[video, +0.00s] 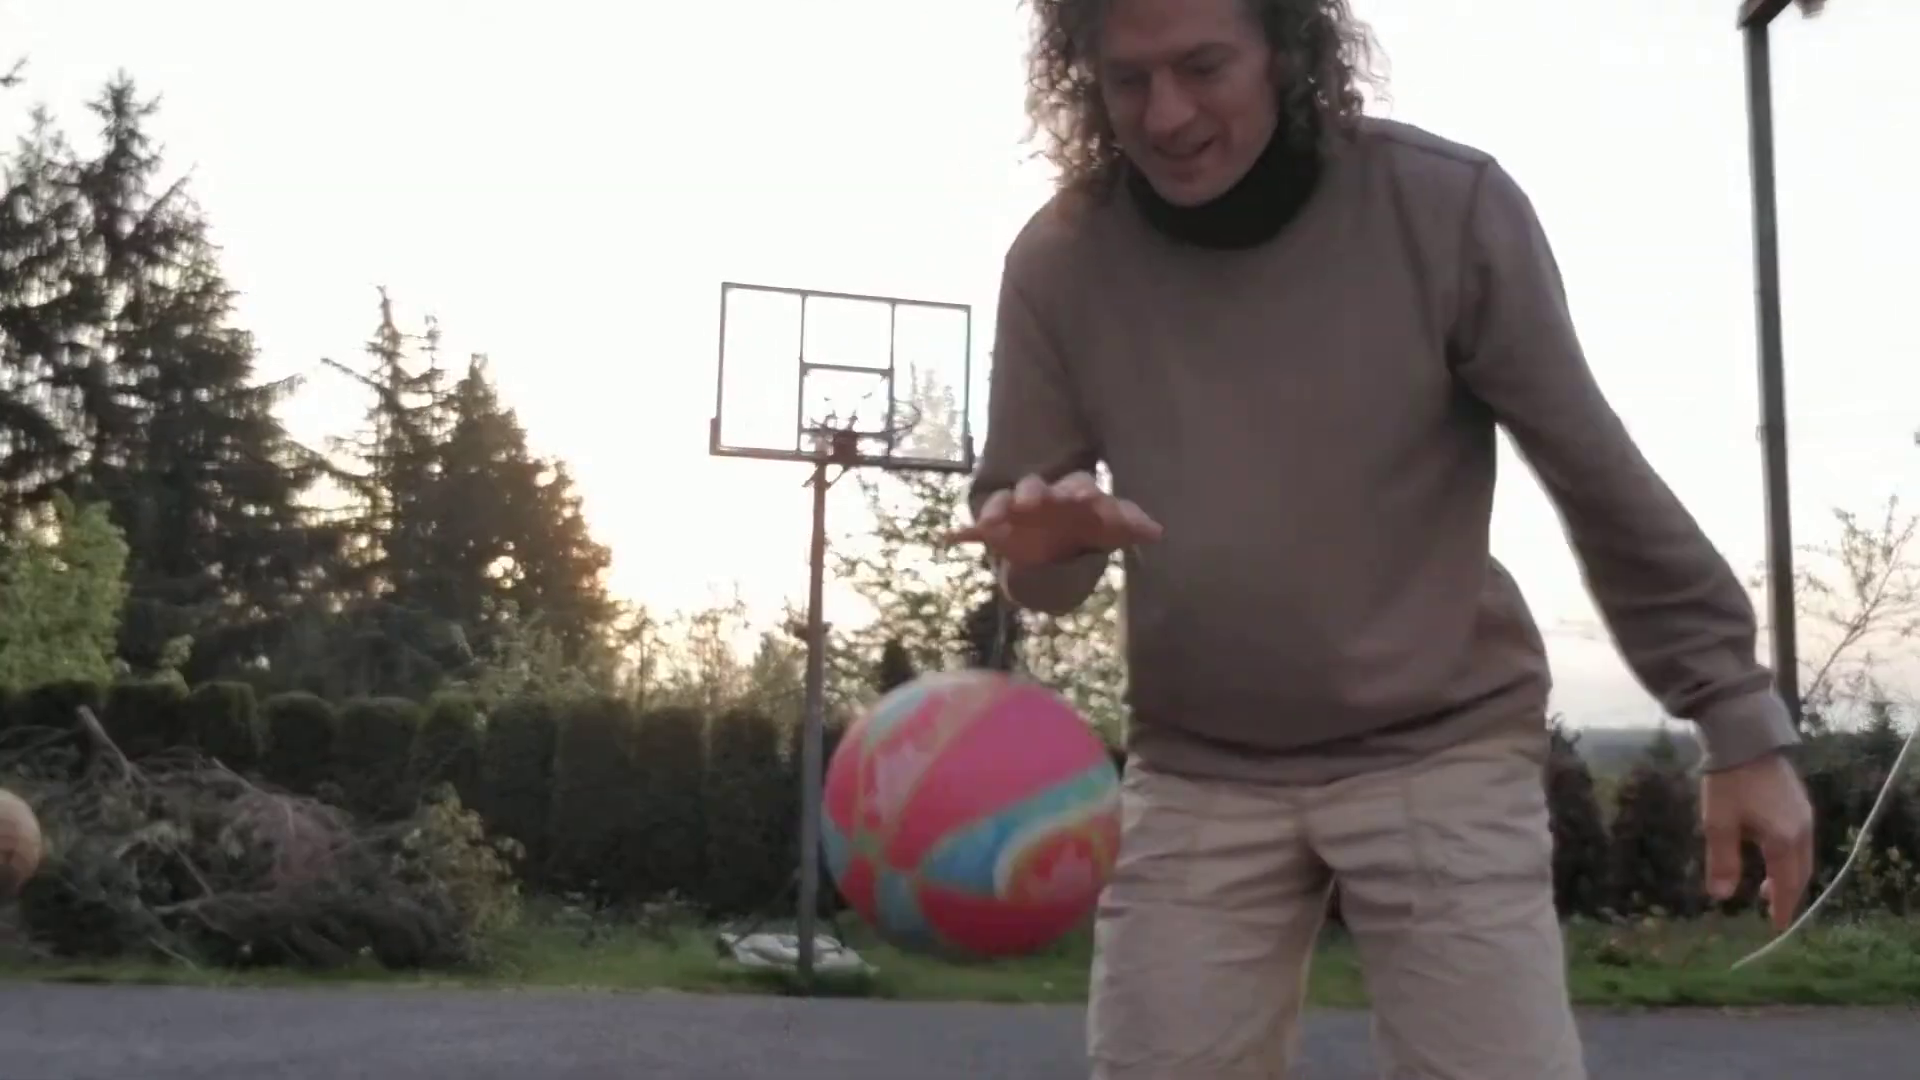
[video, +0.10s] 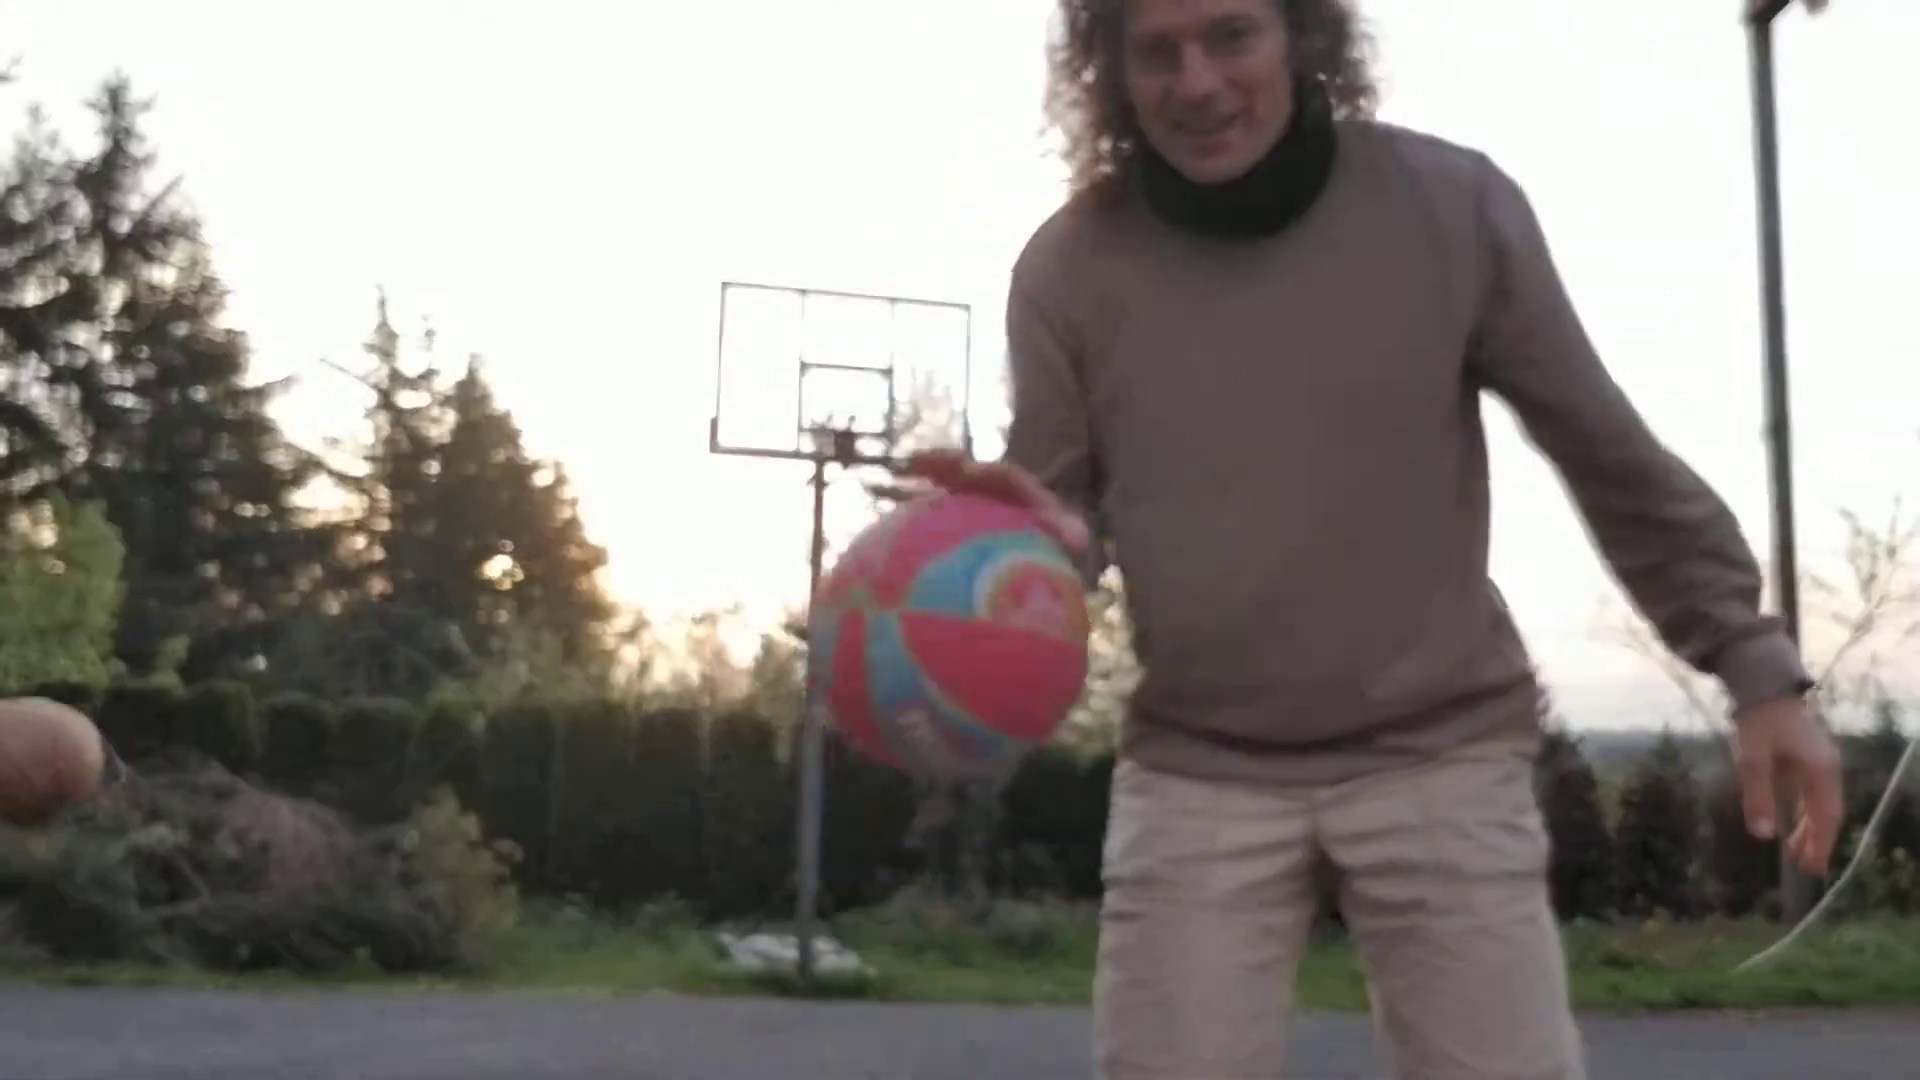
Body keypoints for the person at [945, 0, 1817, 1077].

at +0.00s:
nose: (1168, 116)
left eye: (1206, 65)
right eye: (1127, 77)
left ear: (1287, 45)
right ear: (1086, 76)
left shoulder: (1447, 211)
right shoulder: (1060, 262)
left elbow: (1602, 484)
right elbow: (1040, 585)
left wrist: (1741, 729)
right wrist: (1052, 546)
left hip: (1442, 759)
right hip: (1196, 774)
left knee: (1504, 1061)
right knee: (1153, 1058)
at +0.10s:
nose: (1199, 83)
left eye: (1230, 36)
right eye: (1155, 52)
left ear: (1299, 36)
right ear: (1113, 72)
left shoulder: (1452, 210)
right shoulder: (1069, 271)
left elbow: (1617, 465)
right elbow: (1063, 525)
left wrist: (1760, 674)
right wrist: (1011, 523)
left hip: (1442, 764)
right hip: (1195, 781)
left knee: (1510, 1060)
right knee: (1168, 1063)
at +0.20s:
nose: (1219, 88)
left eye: (1250, 42)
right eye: (1174, 57)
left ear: (1311, 47)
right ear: (1125, 81)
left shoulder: (1447, 224)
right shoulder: (1081, 304)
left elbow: (1603, 466)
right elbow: (1055, 557)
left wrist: (1741, 654)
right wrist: (994, 655)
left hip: (1445, 761)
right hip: (1205, 773)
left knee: (1513, 1067)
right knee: (1183, 1066)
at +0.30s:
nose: (1210, 132)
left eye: (1238, 90)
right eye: (1170, 104)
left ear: (1298, 91)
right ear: (1122, 127)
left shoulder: (1431, 252)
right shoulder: (1084, 336)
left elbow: (1568, 482)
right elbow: (1027, 600)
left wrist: (1686, 666)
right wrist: (944, 807)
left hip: (1446, 776)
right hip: (1217, 791)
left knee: (1511, 1064)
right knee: (1196, 1065)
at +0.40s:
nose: (1193, 186)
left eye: (1219, 143)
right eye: (1154, 160)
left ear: (1280, 135)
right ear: (1113, 179)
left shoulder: (1420, 276)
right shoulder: (1090, 365)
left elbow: (1545, 502)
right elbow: (1029, 626)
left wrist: (1631, 693)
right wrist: (973, 838)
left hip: (1446, 782)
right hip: (1226, 796)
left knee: (1512, 1066)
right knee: (1211, 1065)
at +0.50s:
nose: (1166, 246)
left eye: (1196, 206)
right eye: (1132, 216)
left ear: (1270, 181)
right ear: (1101, 216)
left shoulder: (1415, 299)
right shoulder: (1094, 395)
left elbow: (1535, 526)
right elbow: (1059, 638)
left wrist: (1575, 713)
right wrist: (1025, 802)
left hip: (1438, 800)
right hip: (1225, 813)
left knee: (1491, 1065)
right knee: (1202, 1065)